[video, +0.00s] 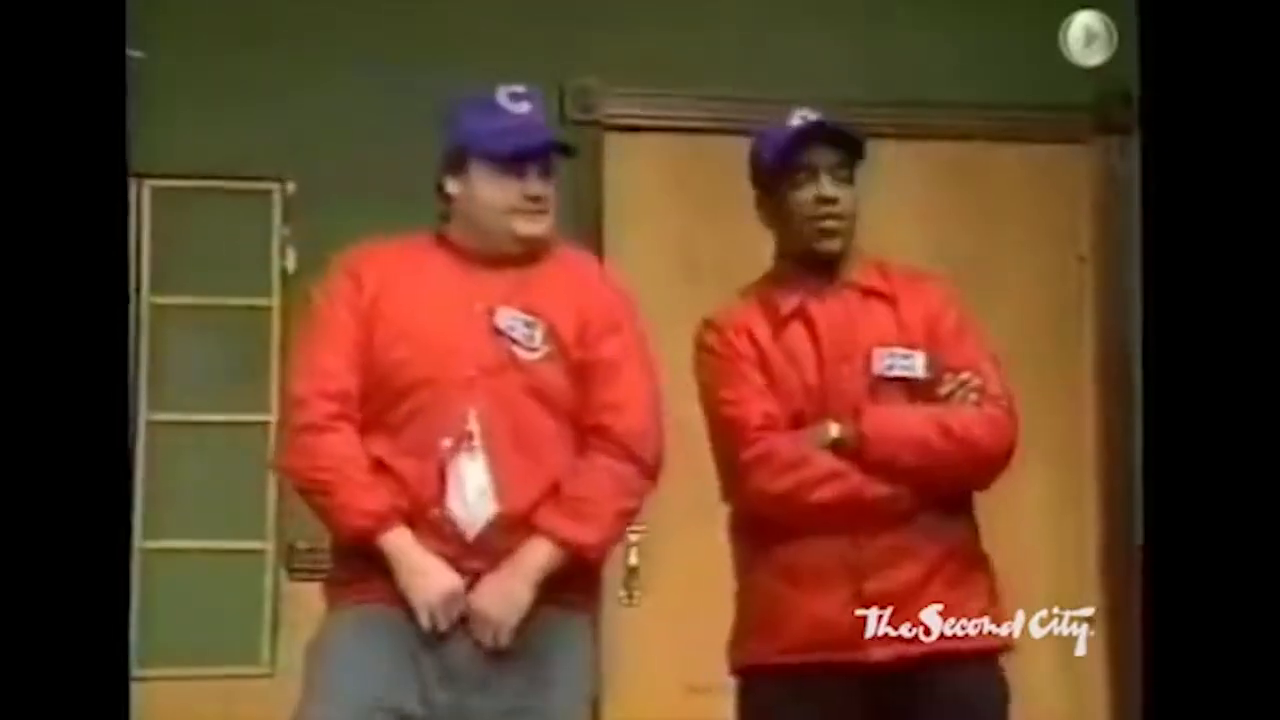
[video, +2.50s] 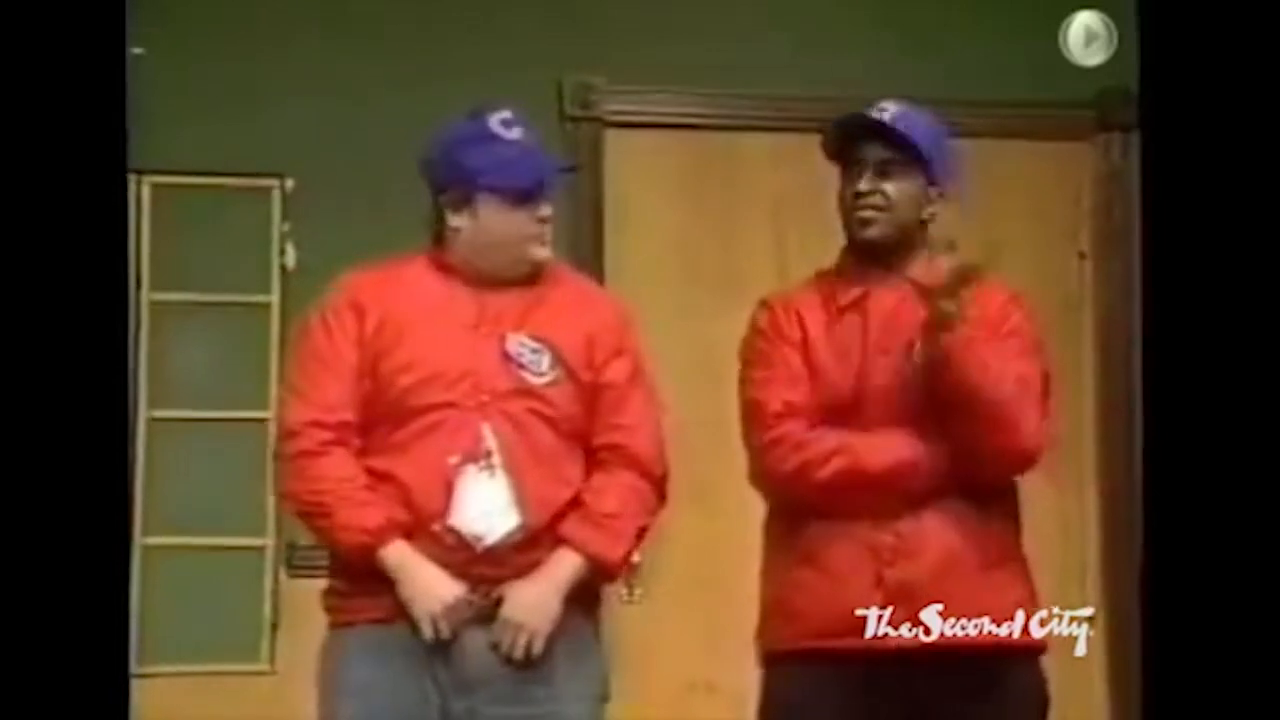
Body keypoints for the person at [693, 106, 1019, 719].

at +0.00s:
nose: (827, 194)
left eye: (840, 175)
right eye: (803, 179)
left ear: (858, 192)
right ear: (768, 203)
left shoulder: (924, 300)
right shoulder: (733, 331)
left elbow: (988, 437)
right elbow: (764, 483)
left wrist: (845, 436)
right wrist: (929, 458)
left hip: (942, 640)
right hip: (798, 655)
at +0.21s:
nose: (900, 189)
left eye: (908, 171)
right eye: (873, 172)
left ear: (921, 187)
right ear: (826, 196)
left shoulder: (978, 306)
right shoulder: (785, 324)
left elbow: (1035, 435)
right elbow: (799, 471)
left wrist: (889, 430)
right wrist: (972, 467)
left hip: (985, 639)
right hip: (840, 649)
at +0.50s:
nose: (975, 191)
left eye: (982, 173)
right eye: (949, 172)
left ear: (994, 187)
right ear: (893, 198)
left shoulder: (1041, 316)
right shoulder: (839, 316)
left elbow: (1086, 452)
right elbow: (845, 467)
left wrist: (937, 432)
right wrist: (1014, 485)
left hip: (1025, 646)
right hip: (876, 645)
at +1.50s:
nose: (899, 201)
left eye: (910, 183)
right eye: (876, 184)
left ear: (923, 198)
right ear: (833, 204)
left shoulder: (979, 319)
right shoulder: (779, 324)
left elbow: (1023, 446)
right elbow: (788, 464)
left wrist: (878, 427)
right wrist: (962, 466)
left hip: (971, 649)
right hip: (819, 651)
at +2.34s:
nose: (877, 194)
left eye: (901, 179)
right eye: (863, 177)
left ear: (933, 204)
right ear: (842, 197)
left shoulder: (990, 321)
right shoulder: (788, 317)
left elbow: (1035, 458)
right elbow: (796, 457)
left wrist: (905, 411)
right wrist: (968, 470)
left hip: (974, 648)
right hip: (823, 646)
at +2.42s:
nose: (872, 188)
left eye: (896, 172)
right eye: (859, 171)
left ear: (932, 196)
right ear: (840, 191)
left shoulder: (993, 317)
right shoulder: (787, 318)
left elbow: (1023, 462)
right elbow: (785, 459)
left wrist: (965, 364)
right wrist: (948, 463)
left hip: (972, 647)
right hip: (823, 648)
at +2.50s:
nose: (863, 186)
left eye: (888, 170)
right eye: (853, 170)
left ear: (932, 193)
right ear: (838, 187)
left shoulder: (986, 305)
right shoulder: (787, 316)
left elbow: (1014, 444)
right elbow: (780, 459)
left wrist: (952, 323)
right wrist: (940, 456)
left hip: (973, 644)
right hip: (822, 648)